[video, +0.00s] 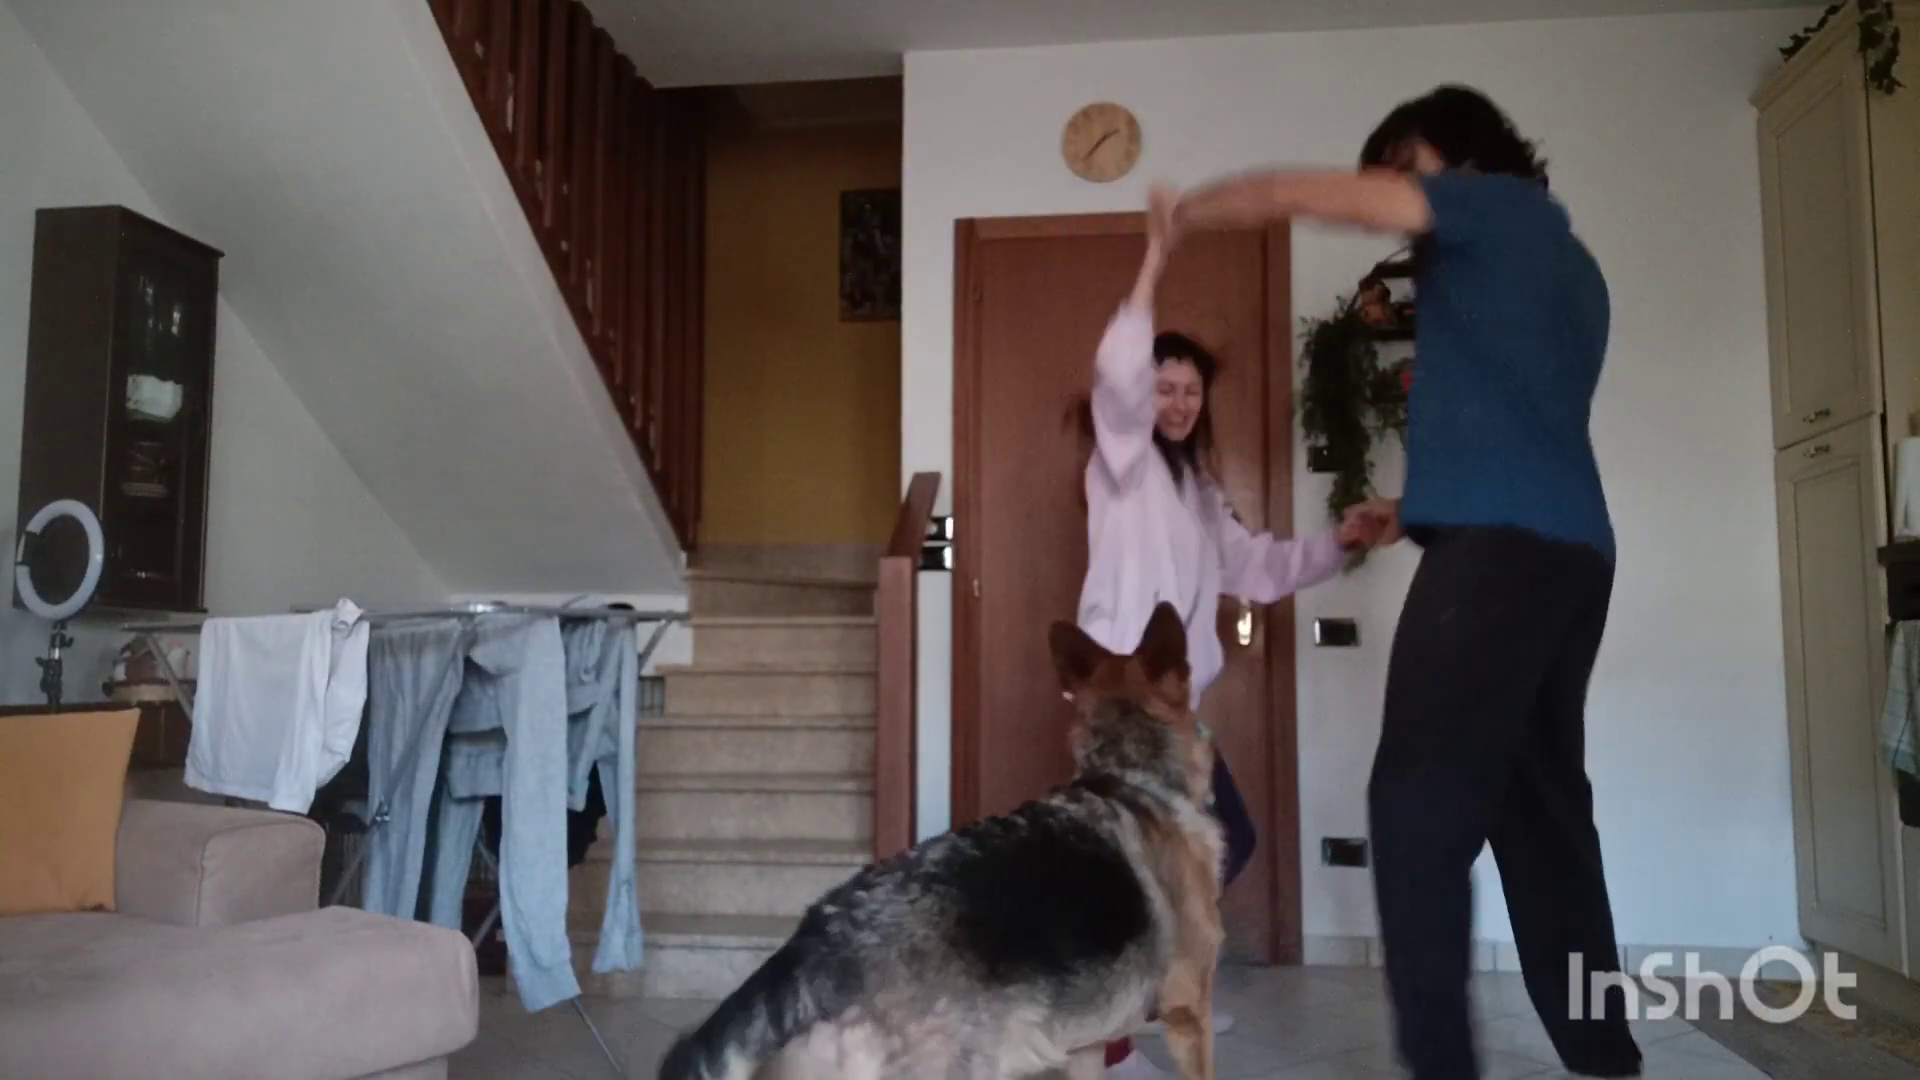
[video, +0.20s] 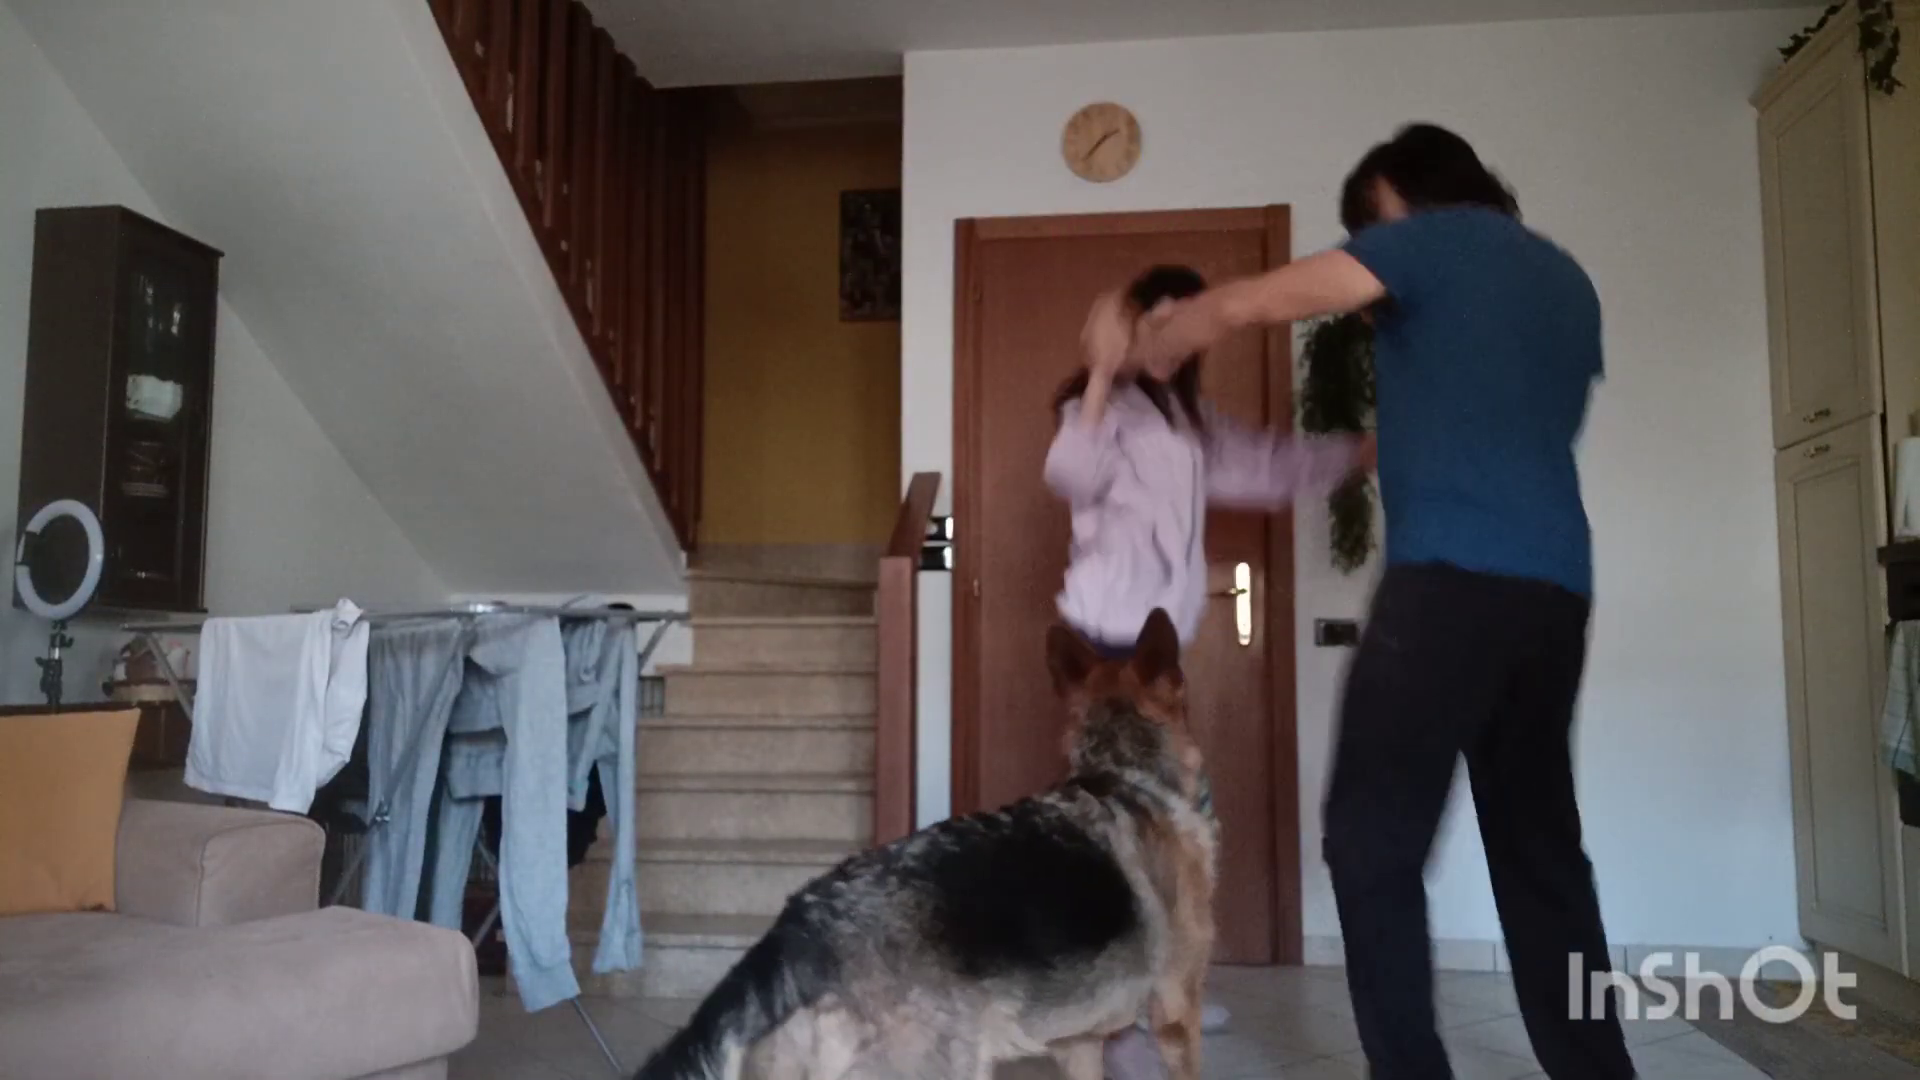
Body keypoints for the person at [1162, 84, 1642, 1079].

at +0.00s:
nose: (1397, 204)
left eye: (1399, 184)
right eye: (1391, 190)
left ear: (1435, 152)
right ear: (1493, 152)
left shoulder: (1486, 206)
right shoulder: (1575, 266)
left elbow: (1294, 194)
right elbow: (1528, 419)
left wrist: (1186, 209)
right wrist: (1408, 511)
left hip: (1493, 547)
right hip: (1569, 558)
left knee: (1416, 810)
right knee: (1539, 805)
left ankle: (1441, 1062)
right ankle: (1605, 1055)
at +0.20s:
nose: (1376, 235)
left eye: (1375, 220)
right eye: (1370, 224)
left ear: (1398, 191)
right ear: (1478, 185)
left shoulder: (1425, 244)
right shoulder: (1569, 282)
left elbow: (1245, 303)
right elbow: (1538, 419)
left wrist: (1151, 340)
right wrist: (1388, 443)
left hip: (1444, 586)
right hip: (1552, 601)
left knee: (1370, 841)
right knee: (1541, 851)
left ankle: (1409, 1067)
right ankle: (1596, 1067)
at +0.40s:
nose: (1329, 224)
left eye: (1330, 210)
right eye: (1328, 213)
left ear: (1354, 193)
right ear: (1455, 187)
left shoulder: (1345, 245)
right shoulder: (1536, 263)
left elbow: (1201, 388)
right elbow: (1538, 361)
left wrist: (1116, 485)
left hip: (1374, 601)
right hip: (1508, 610)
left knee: (1355, 873)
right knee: (1521, 846)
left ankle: (1368, 1070)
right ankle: (1578, 1070)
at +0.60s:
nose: (1292, 221)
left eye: (1287, 206)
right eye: (1289, 209)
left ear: (1306, 185)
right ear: (1401, 162)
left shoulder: (1294, 248)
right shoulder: (1502, 225)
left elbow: (1220, 431)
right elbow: (1518, 325)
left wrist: (1176, 564)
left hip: (1356, 587)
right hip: (1496, 587)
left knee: (1341, 857)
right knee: (1512, 821)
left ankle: (1366, 1067)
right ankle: (1545, 1058)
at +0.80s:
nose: (1264, 215)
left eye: (1260, 193)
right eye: (1256, 197)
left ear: (1285, 164)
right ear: (1377, 144)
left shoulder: (1284, 239)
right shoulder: (1491, 221)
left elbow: (1246, 434)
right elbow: (1526, 306)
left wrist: (1211, 569)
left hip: (1352, 585)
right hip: (1493, 586)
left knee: (1343, 866)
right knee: (1514, 840)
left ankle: (1369, 1068)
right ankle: (1574, 1067)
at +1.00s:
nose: (1276, 211)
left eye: (1274, 183)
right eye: (1267, 190)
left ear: (1310, 151)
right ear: (1390, 137)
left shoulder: (1327, 228)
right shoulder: (1505, 215)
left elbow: (1309, 432)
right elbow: (1501, 394)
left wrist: (1267, 562)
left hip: (1382, 588)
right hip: (1516, 594)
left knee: (1343, 867)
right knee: (1528, 853)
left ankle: (1362, 1068)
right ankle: (1603, 1066)